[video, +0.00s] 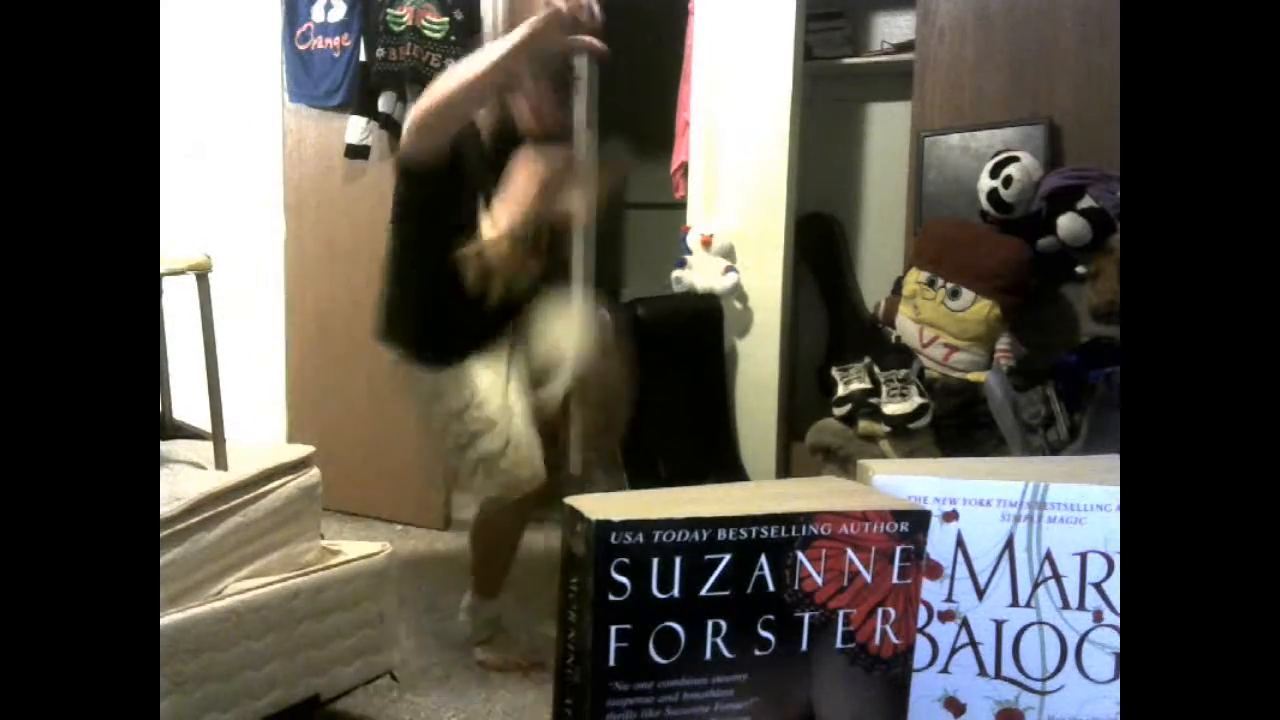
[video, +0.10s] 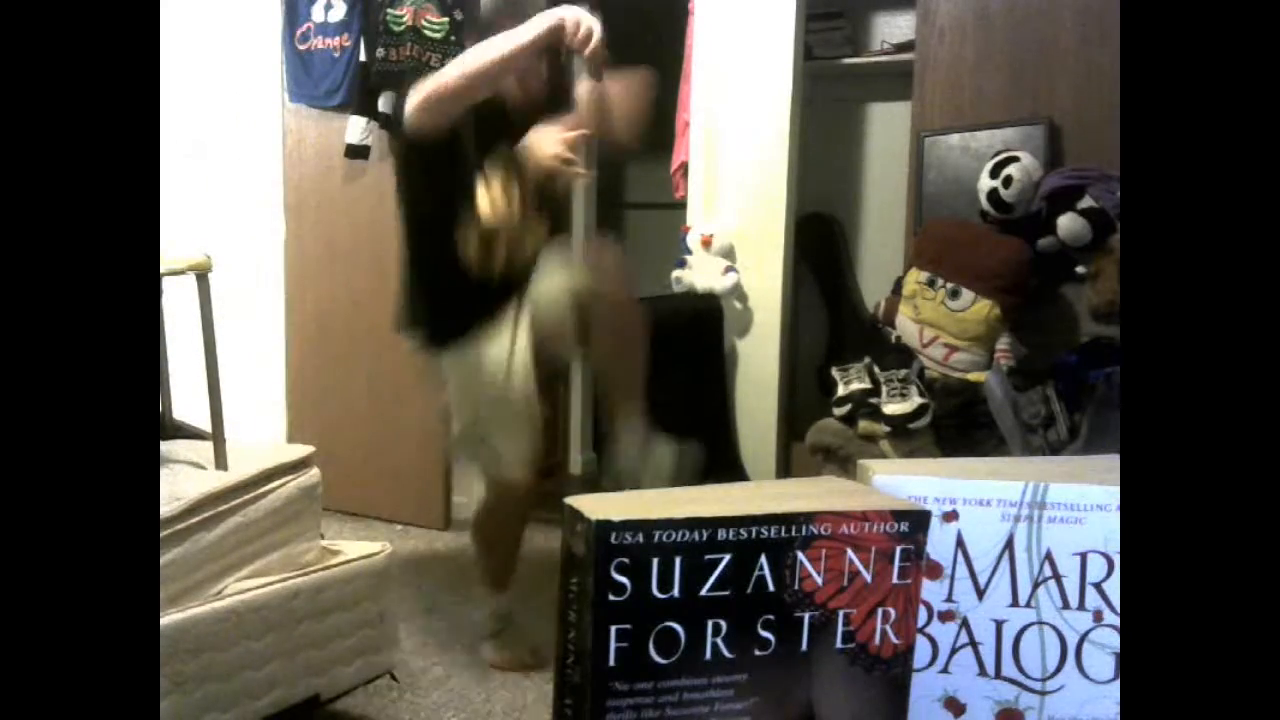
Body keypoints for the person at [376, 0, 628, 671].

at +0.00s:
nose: (560, 99)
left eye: (566, 85)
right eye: (549, 82)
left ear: (568, 88)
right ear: (511, 76)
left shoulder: (530, 144)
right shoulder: (439, 146)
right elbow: (425, 120)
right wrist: (525, 35)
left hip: (522, 309)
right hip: (448, 339)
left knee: (590, 345)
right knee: (517, 480)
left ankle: (587, 474)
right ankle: (482, 619)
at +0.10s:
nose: (544, 78)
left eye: (551, 66)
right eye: (534, 64)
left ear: (553, 68)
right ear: (503, 57)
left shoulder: (534, 119)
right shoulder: (430, 117)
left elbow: (619, 127)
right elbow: (420, 110)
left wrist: (594, 61)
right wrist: (535, 30)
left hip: (538, 295)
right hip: (468, 322)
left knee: (602, 265)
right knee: (513, 482)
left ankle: (630, 445)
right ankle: (497, 617)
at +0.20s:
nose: (509, 22)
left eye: (519, 10)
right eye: (494, 11)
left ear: (537, 11)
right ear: (464, 12)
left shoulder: (554, 63)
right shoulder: (425, 73)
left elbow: (657, 15)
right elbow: (462, 97)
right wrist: (586, 48)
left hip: (560, 262)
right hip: (485, 299)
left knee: (576, 173)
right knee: (500, 475)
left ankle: (630, 339)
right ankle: (534, 594)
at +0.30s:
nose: (503, 28)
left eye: (515, 13)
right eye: (488, 13)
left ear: (537, 11)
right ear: (463, 12)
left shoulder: (568, 68)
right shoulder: (435, 82)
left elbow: (676, 73)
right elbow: (475, 158)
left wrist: (596, 32)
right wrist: (586, 132)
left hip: (585, 261)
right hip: (503, 283)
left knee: (552, 159)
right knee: (518, 477)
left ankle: (619, 328)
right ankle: (556, 606)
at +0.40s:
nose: (507, 40)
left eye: (521, 22)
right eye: (491, 23)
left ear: (541, 21)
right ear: (464, 27)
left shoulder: (569, 79)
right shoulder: (451, 100)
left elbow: (653, 115)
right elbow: (458, 199)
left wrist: (592, 47)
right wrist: (545, 164)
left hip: (591, 260)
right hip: (511, 293)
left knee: (555, 172)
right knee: (514, 491)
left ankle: (607, 357)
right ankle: (558, 607)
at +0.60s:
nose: (510, 54)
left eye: (524, 38)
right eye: (495, 39)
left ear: (544, 40)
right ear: (470, 42)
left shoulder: (573, 112)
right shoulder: (460, 134)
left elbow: (639, 181)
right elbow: (444, 227)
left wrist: (597, 222)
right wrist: (419, 236)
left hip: (611, 293)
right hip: (520, 315)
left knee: (581, 289)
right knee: (492, 496)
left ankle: (588, 475)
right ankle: (559, 607)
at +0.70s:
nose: (505, 38)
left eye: (521, 22)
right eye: (492, 20)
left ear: (546, 26)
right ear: (472, 25)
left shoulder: (585, 84)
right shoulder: (471, 116)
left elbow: (643, 151)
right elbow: (425, 194)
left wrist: (635, 131)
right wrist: (403, 162)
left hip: (618, 274)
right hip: (530, 309)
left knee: (583, 364)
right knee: (504, 498)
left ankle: (642, 556)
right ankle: (566, 609)